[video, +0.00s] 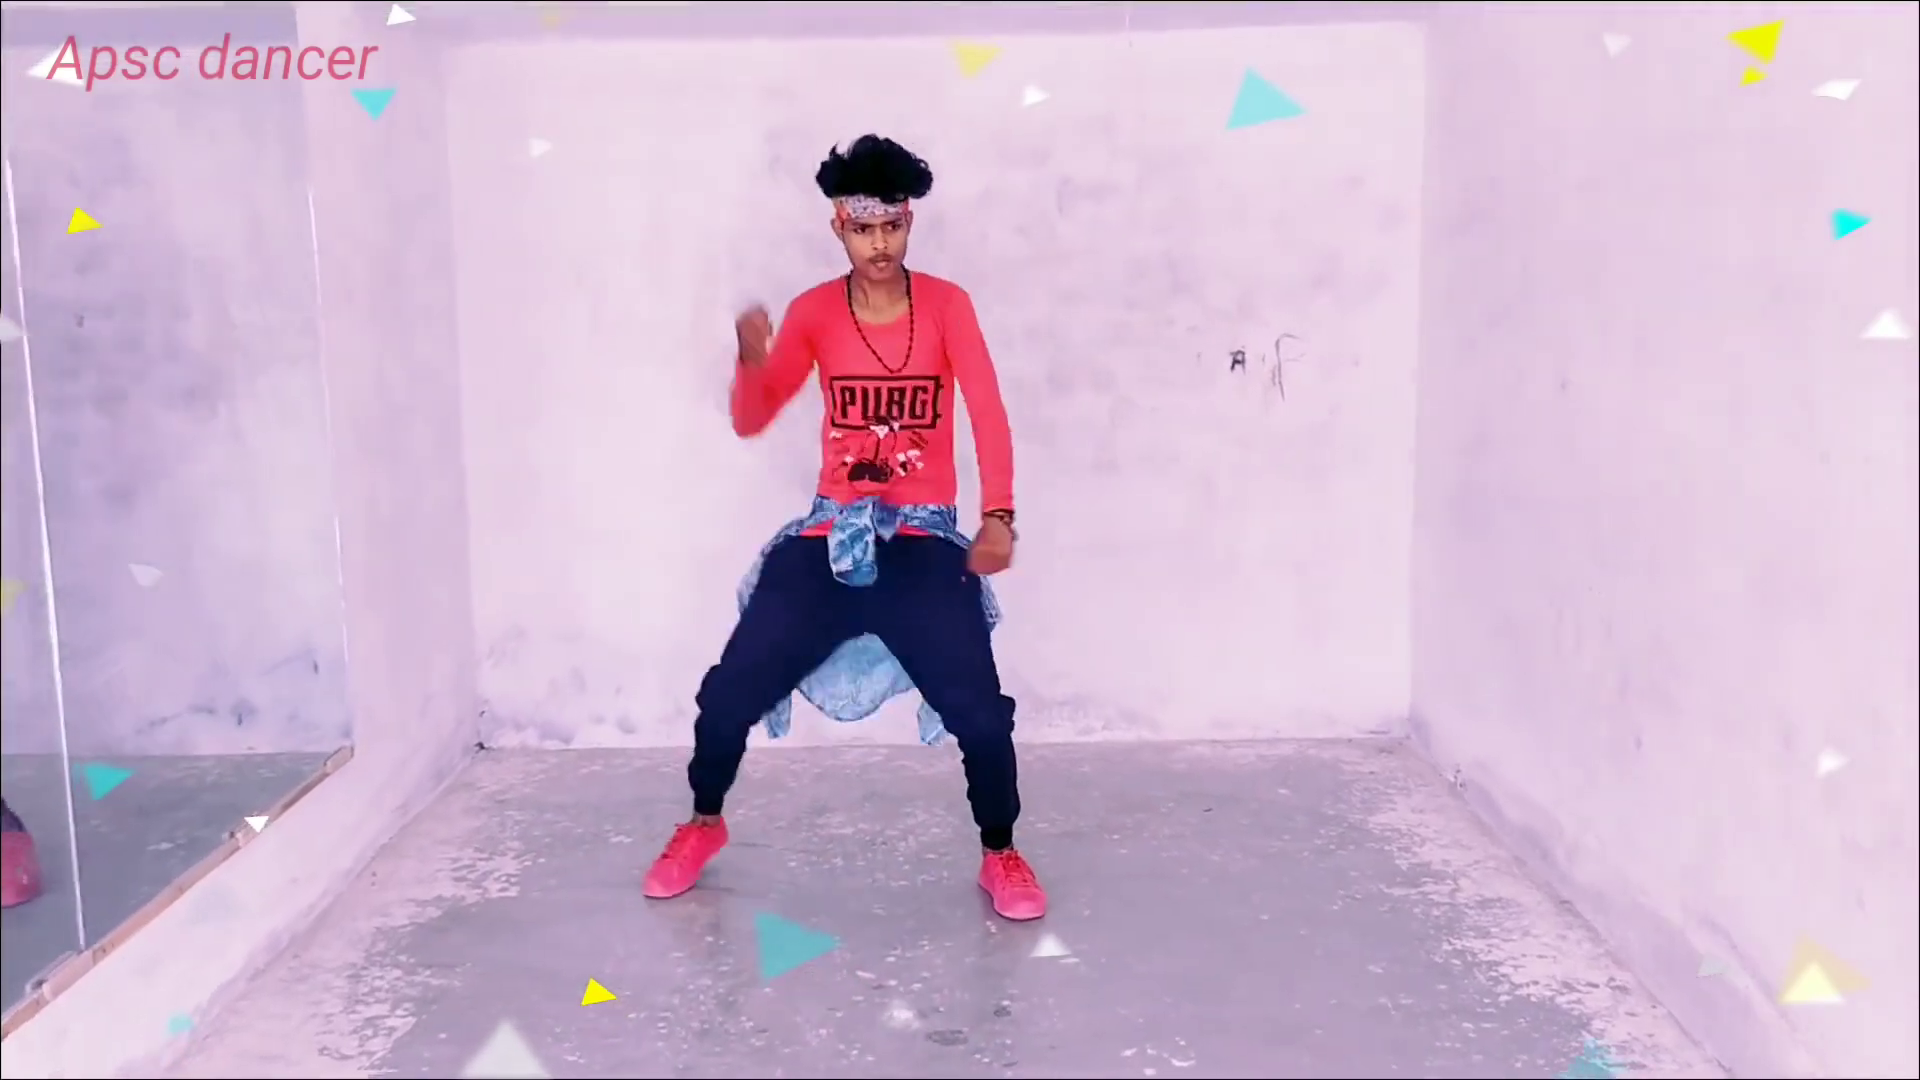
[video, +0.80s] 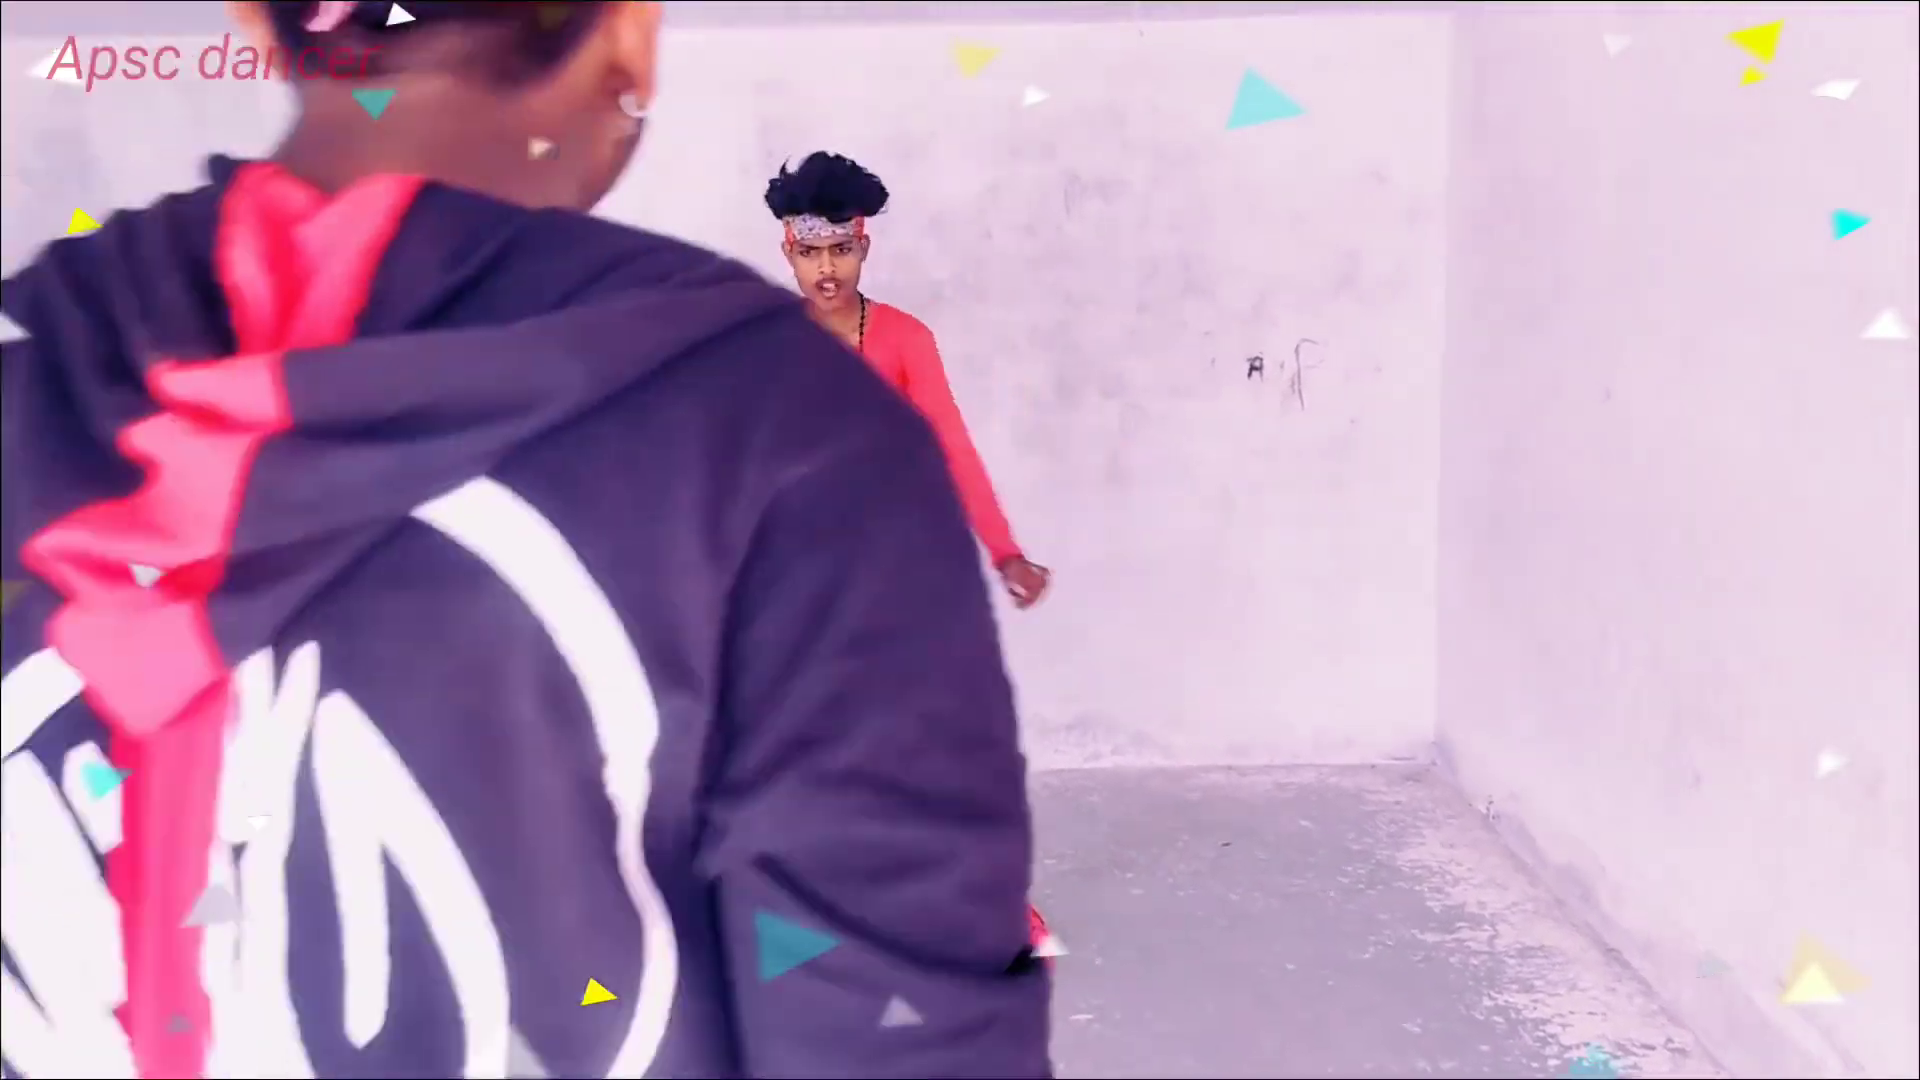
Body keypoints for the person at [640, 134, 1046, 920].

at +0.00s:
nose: (881, 244)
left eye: (893, 226)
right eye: (863, 228)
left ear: (912, 226)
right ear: (839, 230)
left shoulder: (946, 307)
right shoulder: (812, 313)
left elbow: (986, 410)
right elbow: (750, 421)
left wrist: (997, 515)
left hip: (923, 546)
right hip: (826, 543)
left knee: (982, 717)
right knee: (723, 702)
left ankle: (1001, 855)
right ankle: (704, 824)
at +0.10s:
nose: (878, 223)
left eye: (891, 204)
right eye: (860, 205)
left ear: (912, 203)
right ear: (837, 208)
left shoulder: (951, 291)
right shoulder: (813, 284)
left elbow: (1028, 384)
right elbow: (699, 290)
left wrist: (1098, 489)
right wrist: (742, 223)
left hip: (930, 545)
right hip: (837, 536)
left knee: (972, 716)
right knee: (716, 657)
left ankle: (1001, 857)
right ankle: (709, 814)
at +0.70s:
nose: (853, 262)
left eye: (866, 244)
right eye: (834, 245)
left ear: (884, 247)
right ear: (806, 250)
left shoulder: (919, 342)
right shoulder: (783, 332)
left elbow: (1012, 435)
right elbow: (702, 343)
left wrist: (1115, 520)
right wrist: (721, 270)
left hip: (899, 598)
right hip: (804, 592)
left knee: (951, 771)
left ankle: (1003, 896)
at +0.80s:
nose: (826, 268)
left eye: (841, 249)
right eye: (809, 252)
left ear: (863, 246)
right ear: (788, 252)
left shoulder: (903, 340)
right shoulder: (773, 345)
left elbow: (952, 449)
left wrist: (1004, 553)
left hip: (897, 553)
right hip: (800, 558)